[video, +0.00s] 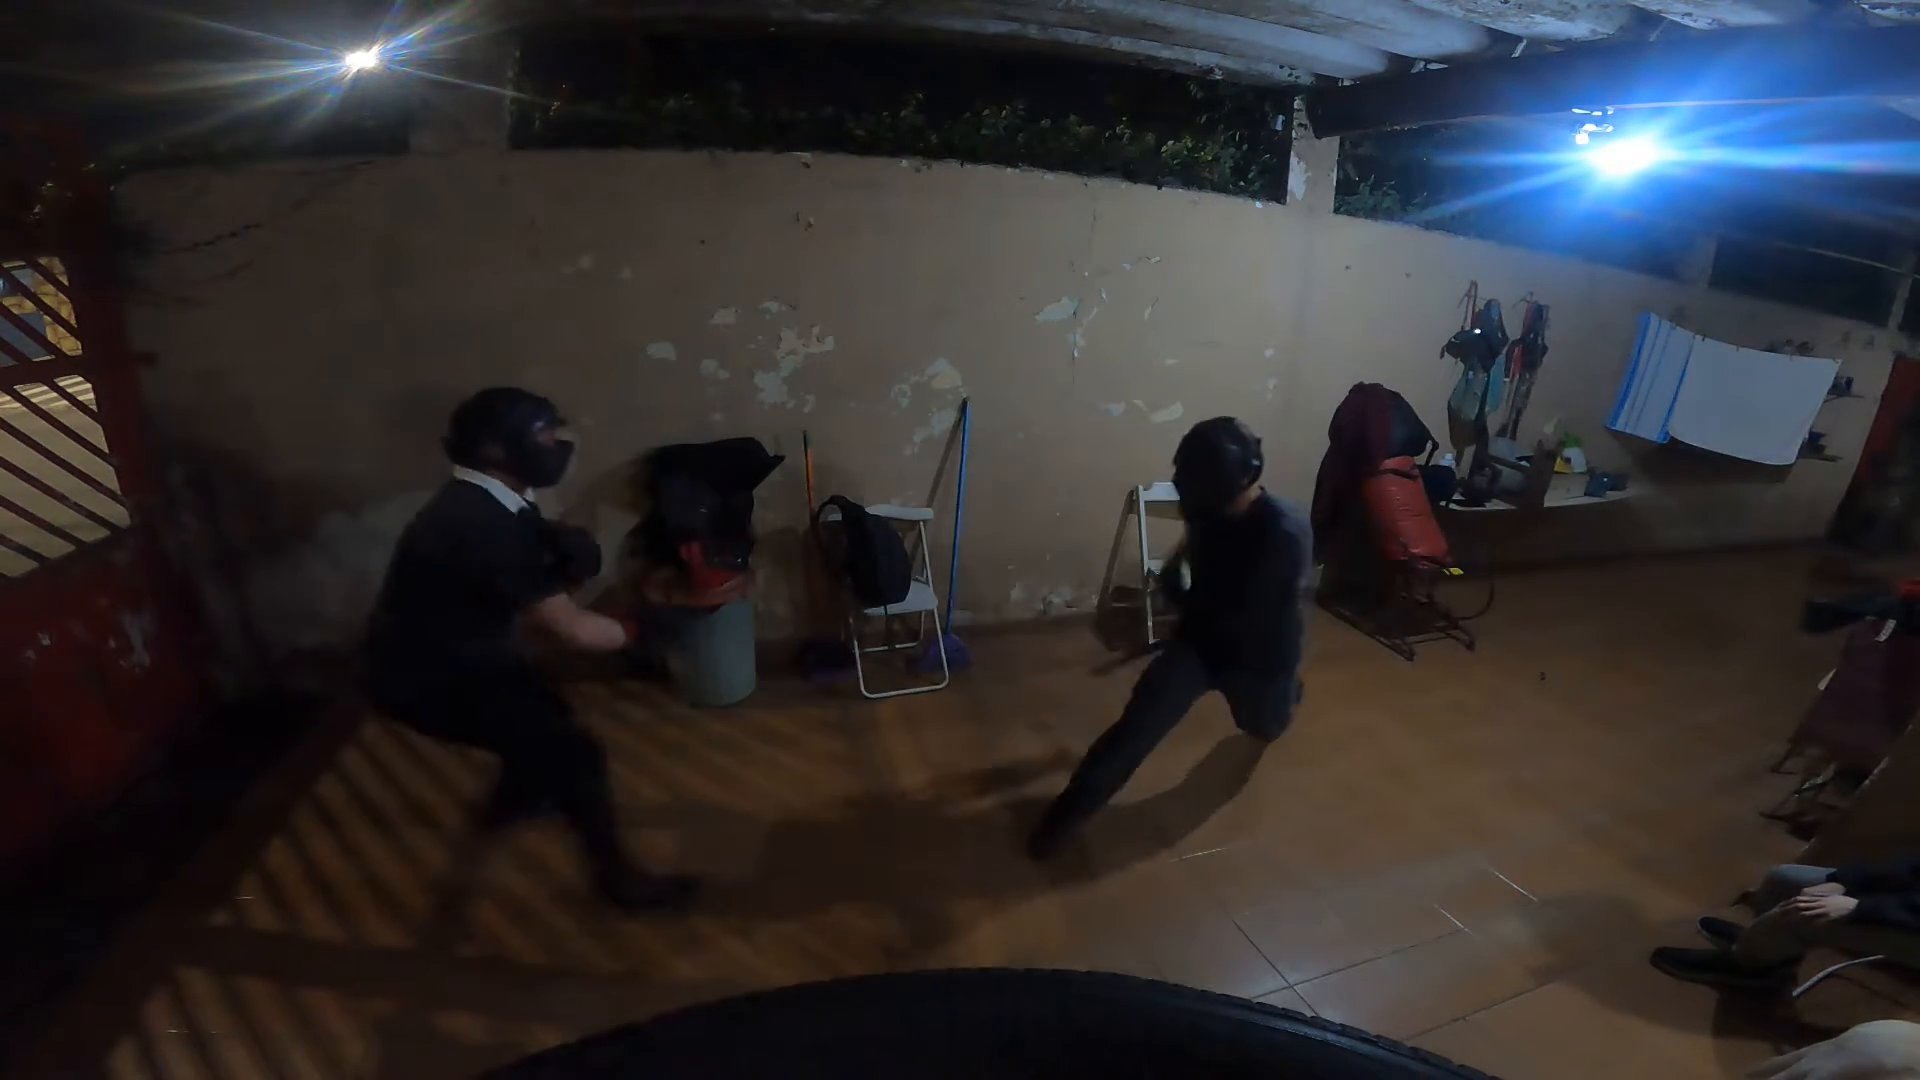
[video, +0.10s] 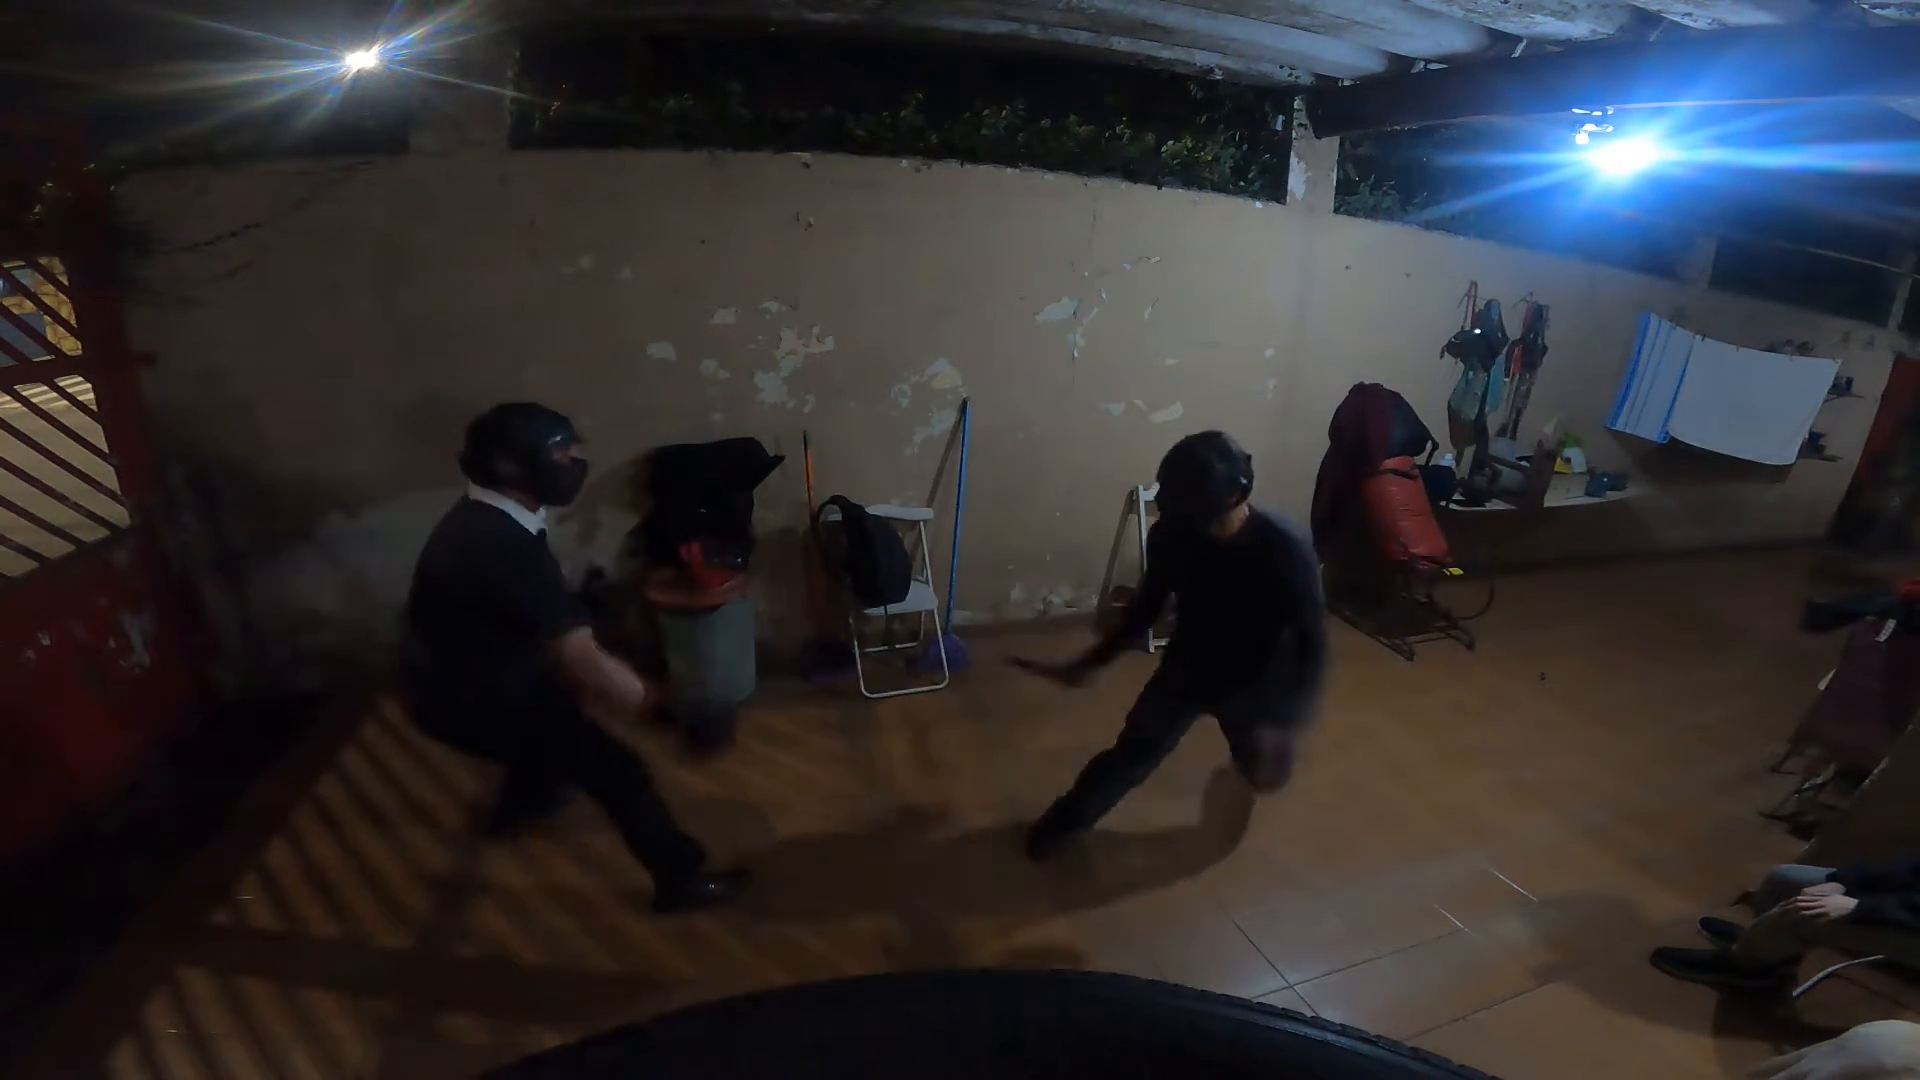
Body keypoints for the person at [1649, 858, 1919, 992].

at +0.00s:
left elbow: (1913, 915)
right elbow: (1910, 870)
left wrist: (1857, 909)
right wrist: (1844, 882)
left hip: (1911, 927)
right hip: (1904, 890)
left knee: (1800, 914)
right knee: (1783, 880)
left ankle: (1742, 963)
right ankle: (1756, 945)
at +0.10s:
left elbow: (1913, 915)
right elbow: (1910, 870)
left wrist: (1856, 908)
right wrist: (1843, 882)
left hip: (1911, 928)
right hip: (1904, 891)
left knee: (1801, 913)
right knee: (1783, 880)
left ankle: (1741, 963)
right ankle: (1756, 945)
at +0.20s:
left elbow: (1913, 913)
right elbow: (1909, 871)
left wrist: (1857, 908)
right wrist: (1845, 882)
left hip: (1911, 927)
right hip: (1904, 890)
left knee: (1801, 914)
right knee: (1783, 879)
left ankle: (1742, 963)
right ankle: (1756, 944)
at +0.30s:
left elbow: (1913, 912)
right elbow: (1909, 872)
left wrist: (1858, 908)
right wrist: (1845, 882)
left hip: (1912, 928)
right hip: (1905, 891)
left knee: (1799, 914)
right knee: (1783, 879)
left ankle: (1742, 963)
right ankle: (1756, 944)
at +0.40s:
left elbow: (1913, 913)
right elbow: (1910, 873)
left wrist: (1858, 907)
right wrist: (1844, 882)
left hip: (1912, 927)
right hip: (1904, 891)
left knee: (1798, 914)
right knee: (1783, 880)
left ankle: (1742, 963)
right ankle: (1756, 945)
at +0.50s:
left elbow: (1913, 915)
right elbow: (1910, 873)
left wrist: (1858, 908)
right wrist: (1845, 883)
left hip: (1912, 927)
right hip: (1905, 892)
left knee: (1799, 913)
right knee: (1783, 880)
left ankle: (1741, 963)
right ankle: (1757, 945)